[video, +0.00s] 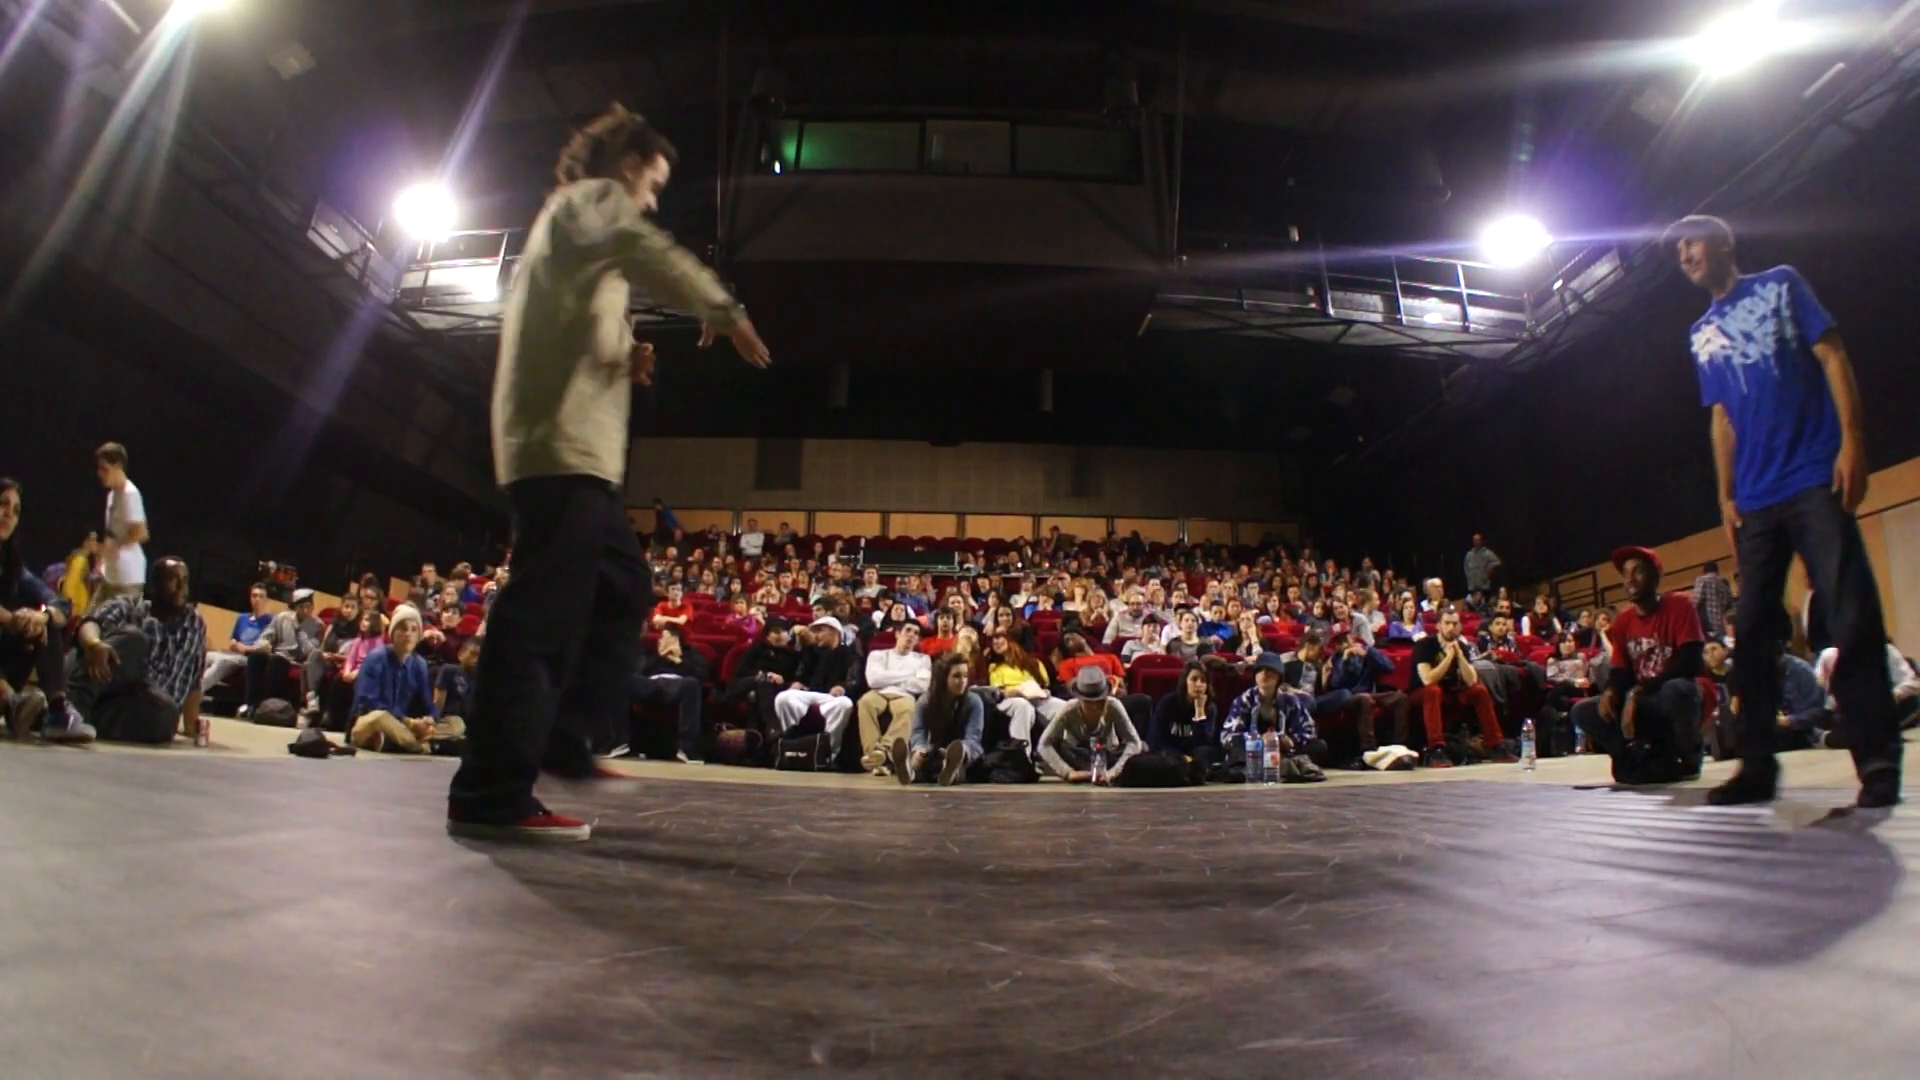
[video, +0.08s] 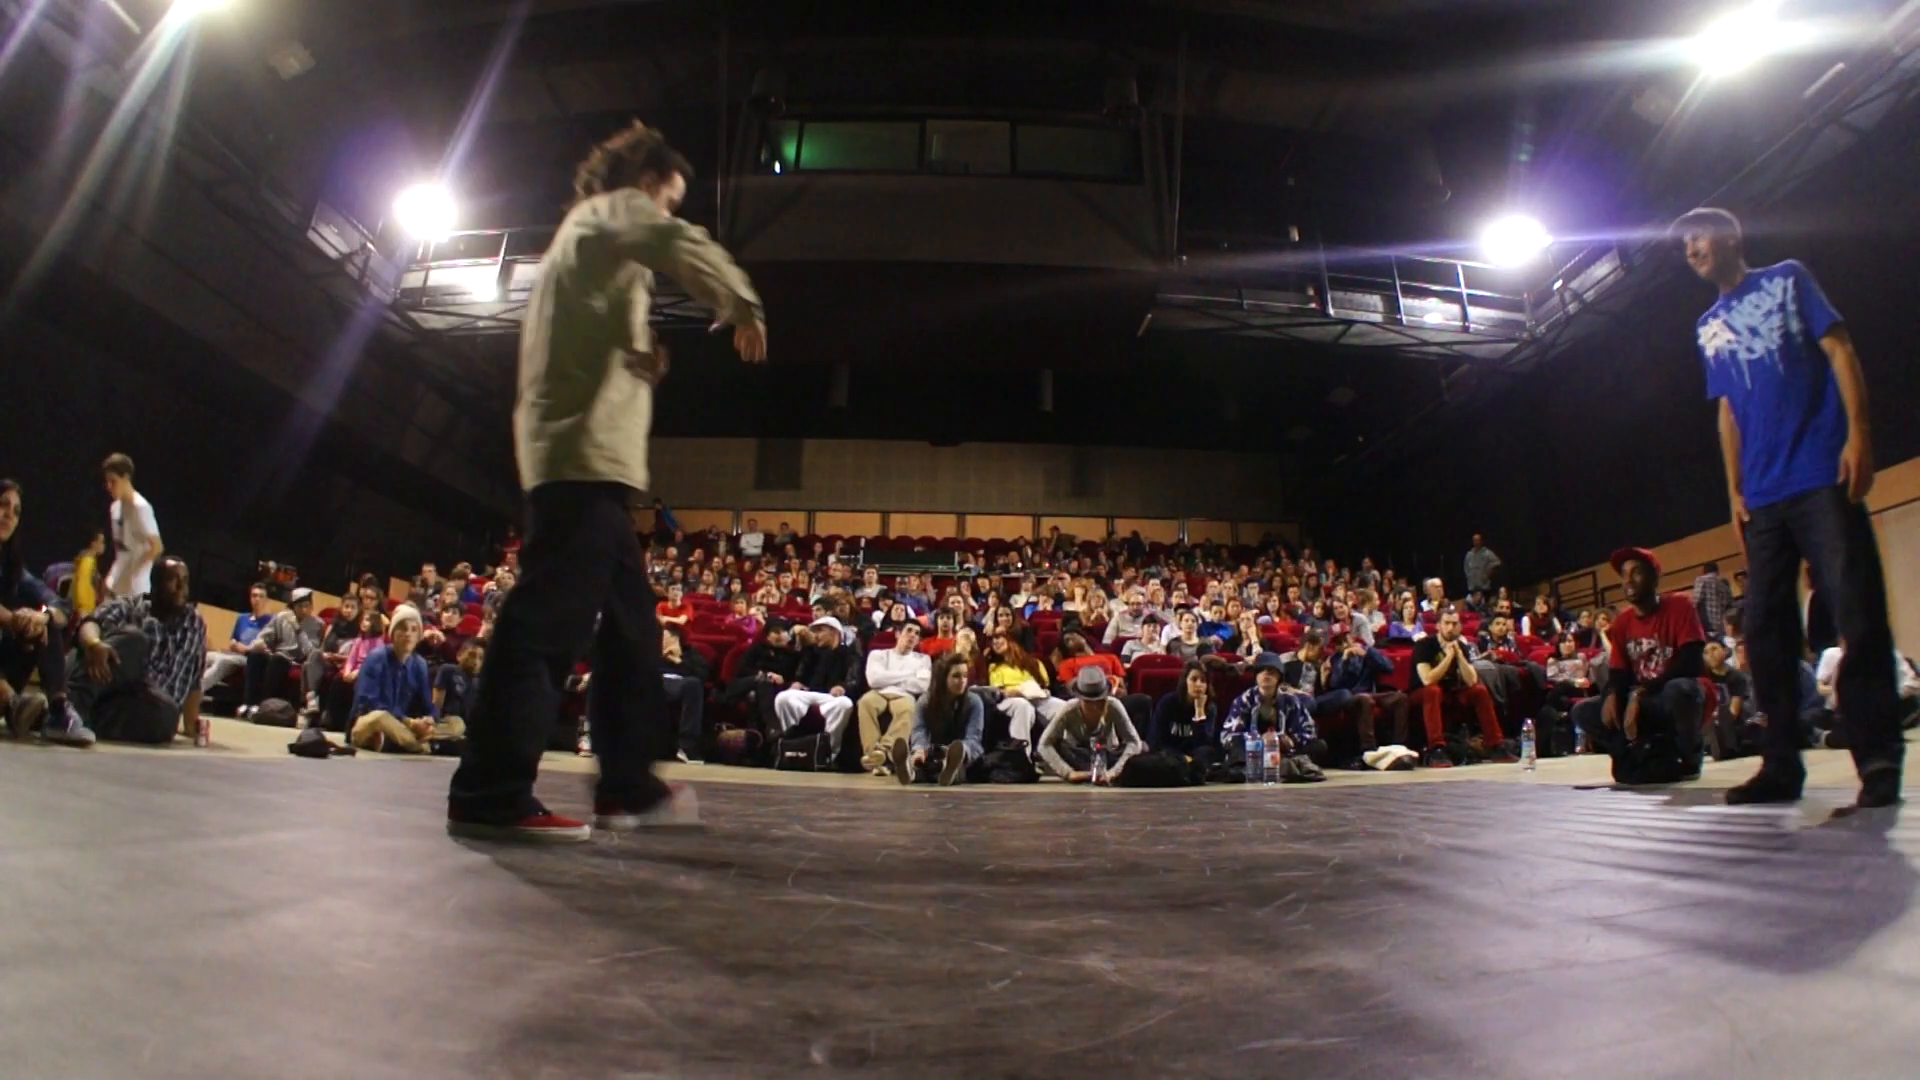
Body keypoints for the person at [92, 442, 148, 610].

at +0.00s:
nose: (100, 474)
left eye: (104, 468)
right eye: (99, 469)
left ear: (117, 466)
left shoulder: (130, 493)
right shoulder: (112, 494)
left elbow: (140, 531)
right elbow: (114, 533)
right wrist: (100, 549)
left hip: (128, 576)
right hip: (110, 574)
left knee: (125, 628)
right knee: (91, 624)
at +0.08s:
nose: (109, 487)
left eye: (113, 481)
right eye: (107, 481)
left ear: (126, 477)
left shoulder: (140, 507)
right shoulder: (115, 507)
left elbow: (156, 546)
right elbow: (122, 549)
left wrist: (134, 572)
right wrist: (112, 576)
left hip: (136, 585)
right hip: (115, 583)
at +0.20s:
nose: (118, 489)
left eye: (122, 483)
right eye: (116, 484)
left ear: (135, 480)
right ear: (113, 483)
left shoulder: (153, 509)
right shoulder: (119, 509)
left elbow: (175, 543)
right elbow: (121, 547)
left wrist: (162, 577)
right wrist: (113, 575)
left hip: (145, 584)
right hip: (121, 582)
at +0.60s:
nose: (123, 482)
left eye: (128, 477)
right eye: (121, 477)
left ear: (142, 474)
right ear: (118, 475)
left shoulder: (159, 503)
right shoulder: (106, 502)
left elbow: (168, 540)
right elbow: (98, 540)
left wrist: (166, 578)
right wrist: (98, 577)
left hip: (146, 585)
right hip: (114, 583)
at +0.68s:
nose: (121, 472)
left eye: (126, 466)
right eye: (119, 466)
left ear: (140, 462)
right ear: (116, 463)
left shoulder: (157, 489)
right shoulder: (104, 485)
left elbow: (167, 523)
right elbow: (94, 522)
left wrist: (162, 554)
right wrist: (93, 557)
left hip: (142, 572)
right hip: (110, 570)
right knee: (107, 622)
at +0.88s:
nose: (108, 469)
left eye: (112, 464)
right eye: (105, 463)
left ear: (126, 459)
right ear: (102, 460)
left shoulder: (146, 488)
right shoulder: (92, 483)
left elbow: (151, 526)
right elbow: (83, 521)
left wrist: (148, 567)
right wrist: (77, 560)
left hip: (128, 569)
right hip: (96, 566)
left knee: (123, 626)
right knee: (91, 625)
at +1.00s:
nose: (96, 474)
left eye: (101, 468)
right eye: (94, 468)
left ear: (116, 465)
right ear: (92, 467)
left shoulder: (134, 498)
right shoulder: (82, 491)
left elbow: (144, 537)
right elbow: (67, 525)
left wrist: (155, 574)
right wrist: (50, 552)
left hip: (112, 582)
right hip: (79, 579)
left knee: (106, 644)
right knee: (64, 639)